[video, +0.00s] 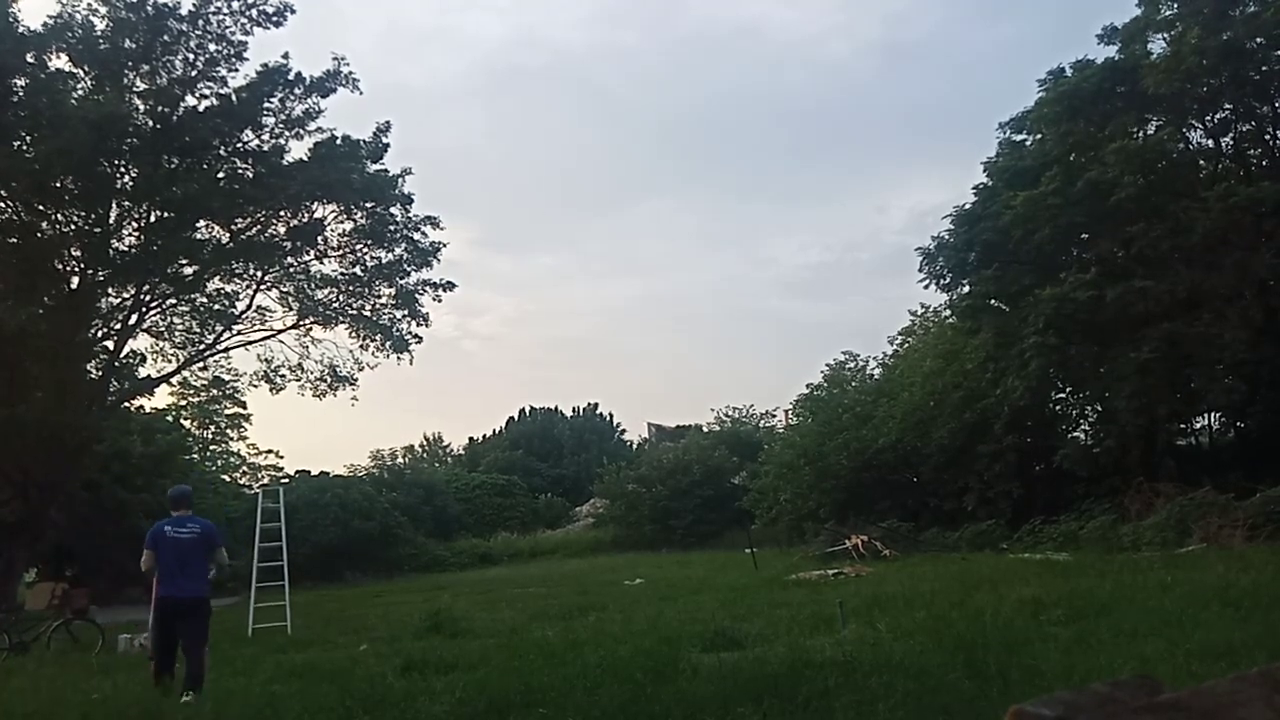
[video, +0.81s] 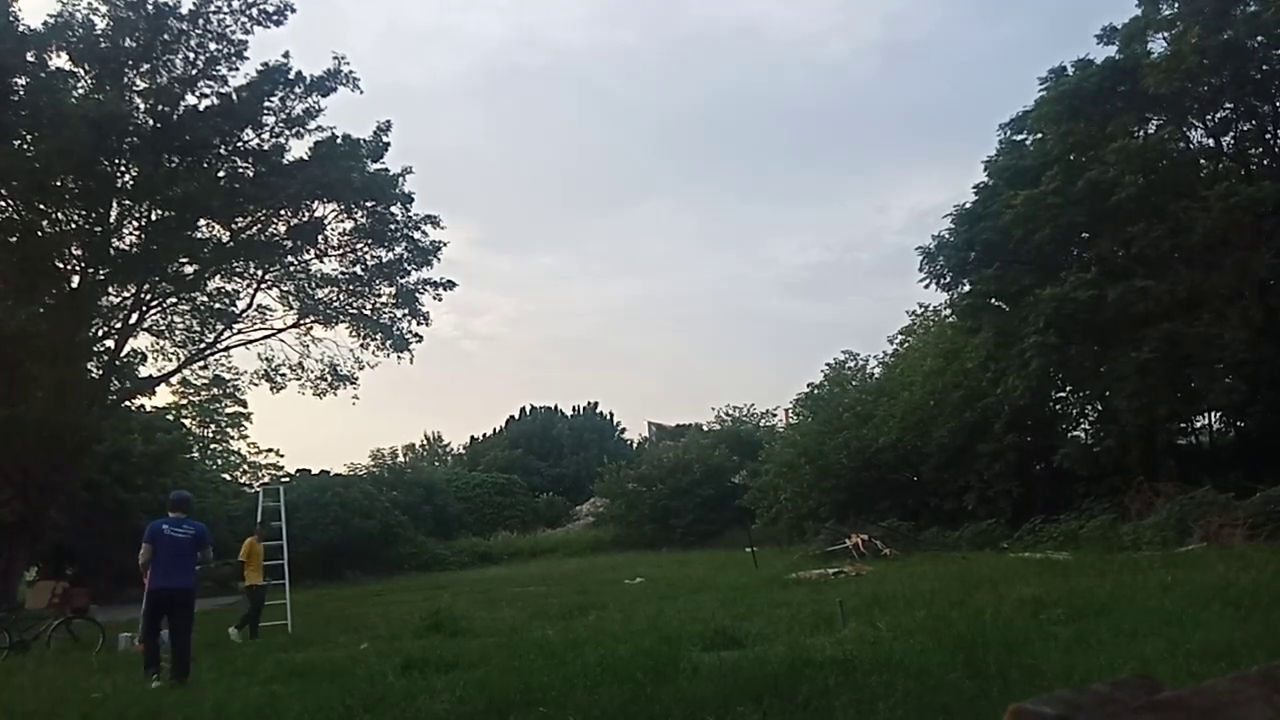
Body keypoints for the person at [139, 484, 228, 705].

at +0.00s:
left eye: (174, 504)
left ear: (170, 505)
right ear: (191, 504)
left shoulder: (158, 529)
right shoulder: (206, 528)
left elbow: (146, 565)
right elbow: (223, 560)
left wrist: (164, 558)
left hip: (167, 600)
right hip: (197, 599)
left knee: (164, 649)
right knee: (195, 648)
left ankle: (163, 693)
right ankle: (190, 693)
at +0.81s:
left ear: (168, 507)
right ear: (188, 508)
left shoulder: (156, 527)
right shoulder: (199, 529)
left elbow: (144, 557)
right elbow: (208, 558)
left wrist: (144, 572)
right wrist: (192, 561)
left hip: (158, 590)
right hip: (184, 590)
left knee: (150, 632)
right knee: (182, 635)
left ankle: (153, 673)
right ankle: (180, 677)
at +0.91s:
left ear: (165, 513)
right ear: (185, 514)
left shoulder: (153, 532)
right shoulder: (195, 534)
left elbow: (142, 563)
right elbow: (200, 560)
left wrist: (140, 585)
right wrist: (186, 566)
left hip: (156, 593)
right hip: (182, 594)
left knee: (149, 636)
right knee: (180, 637)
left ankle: (143, 676)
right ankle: (179, 679)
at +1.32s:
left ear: (152, 514)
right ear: (171, 515)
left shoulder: (139, 533)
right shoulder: (180, 534)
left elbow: (126, 561)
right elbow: (182, 561)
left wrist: (128, 584)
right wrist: (174, 578)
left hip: (143, 590)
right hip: (169, 591)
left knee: (142, 634)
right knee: (167, 631)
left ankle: (142, 673)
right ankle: (164, 666)